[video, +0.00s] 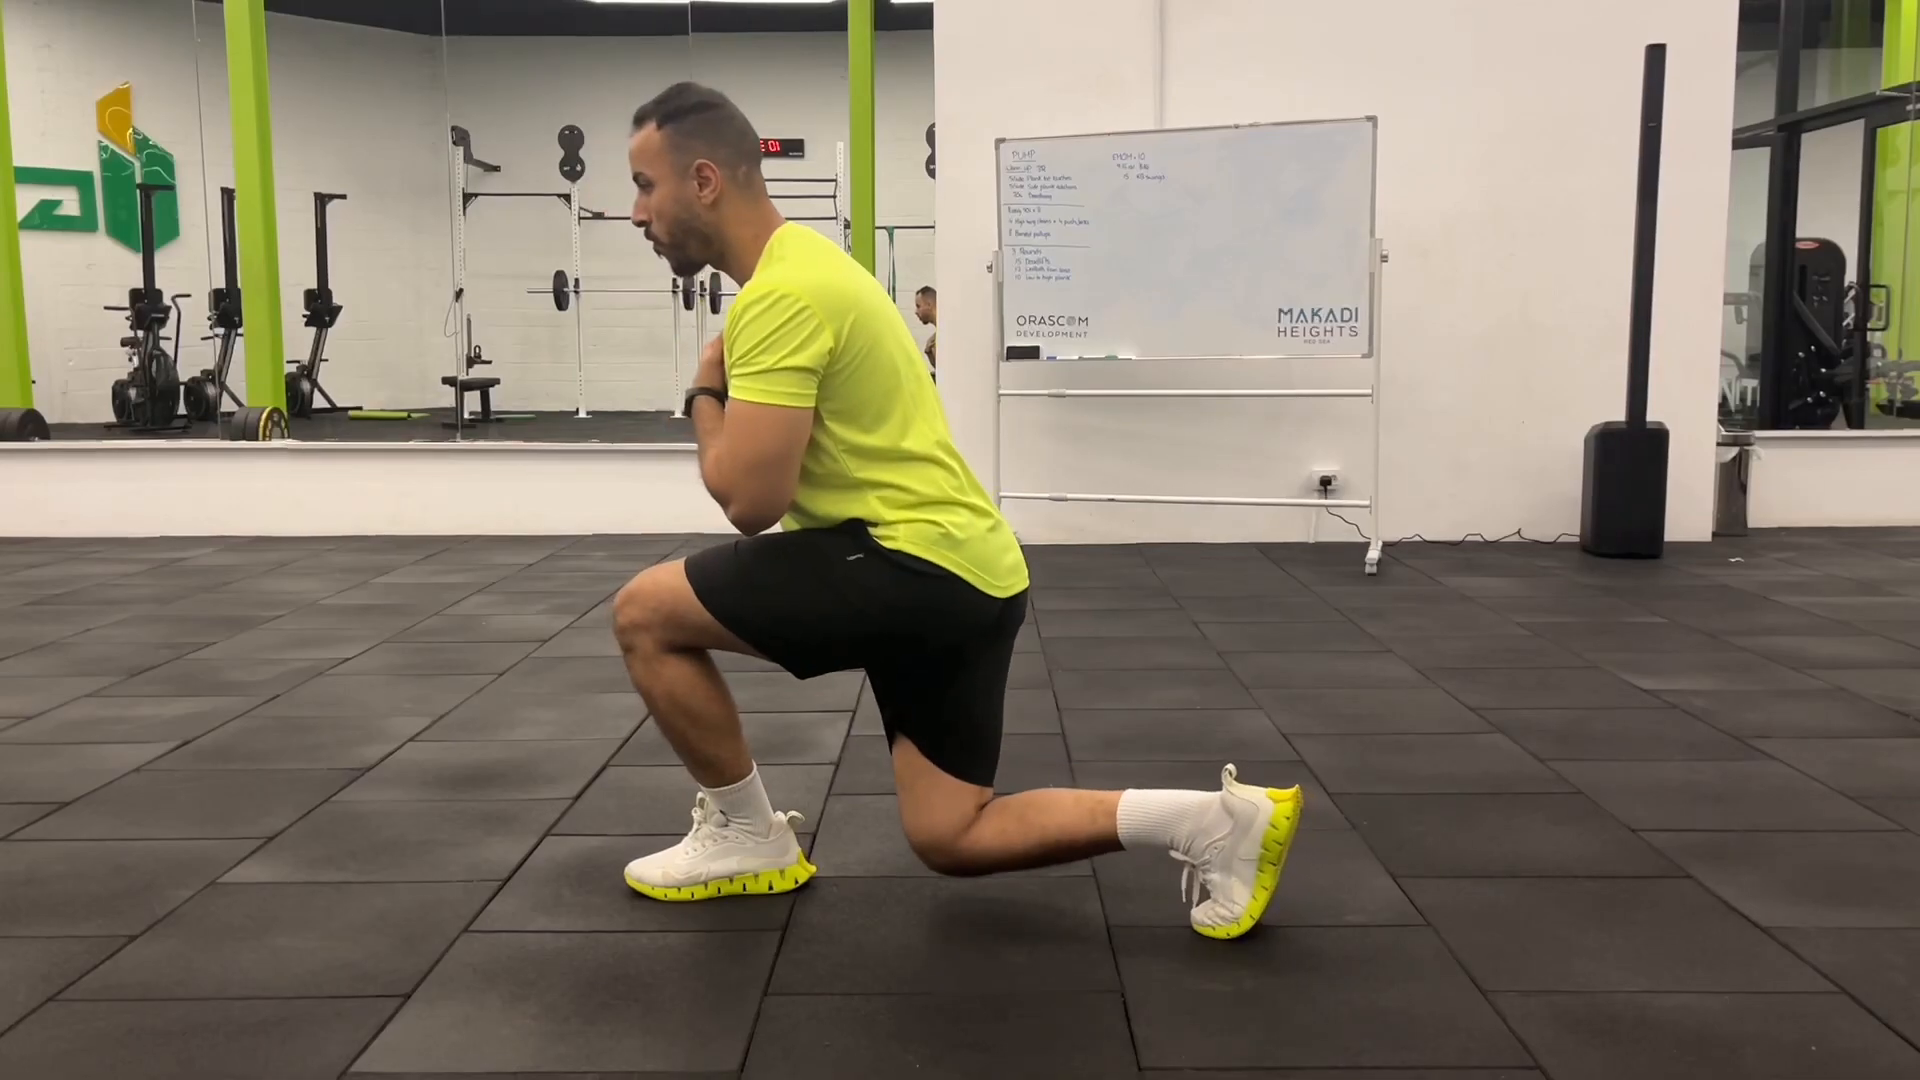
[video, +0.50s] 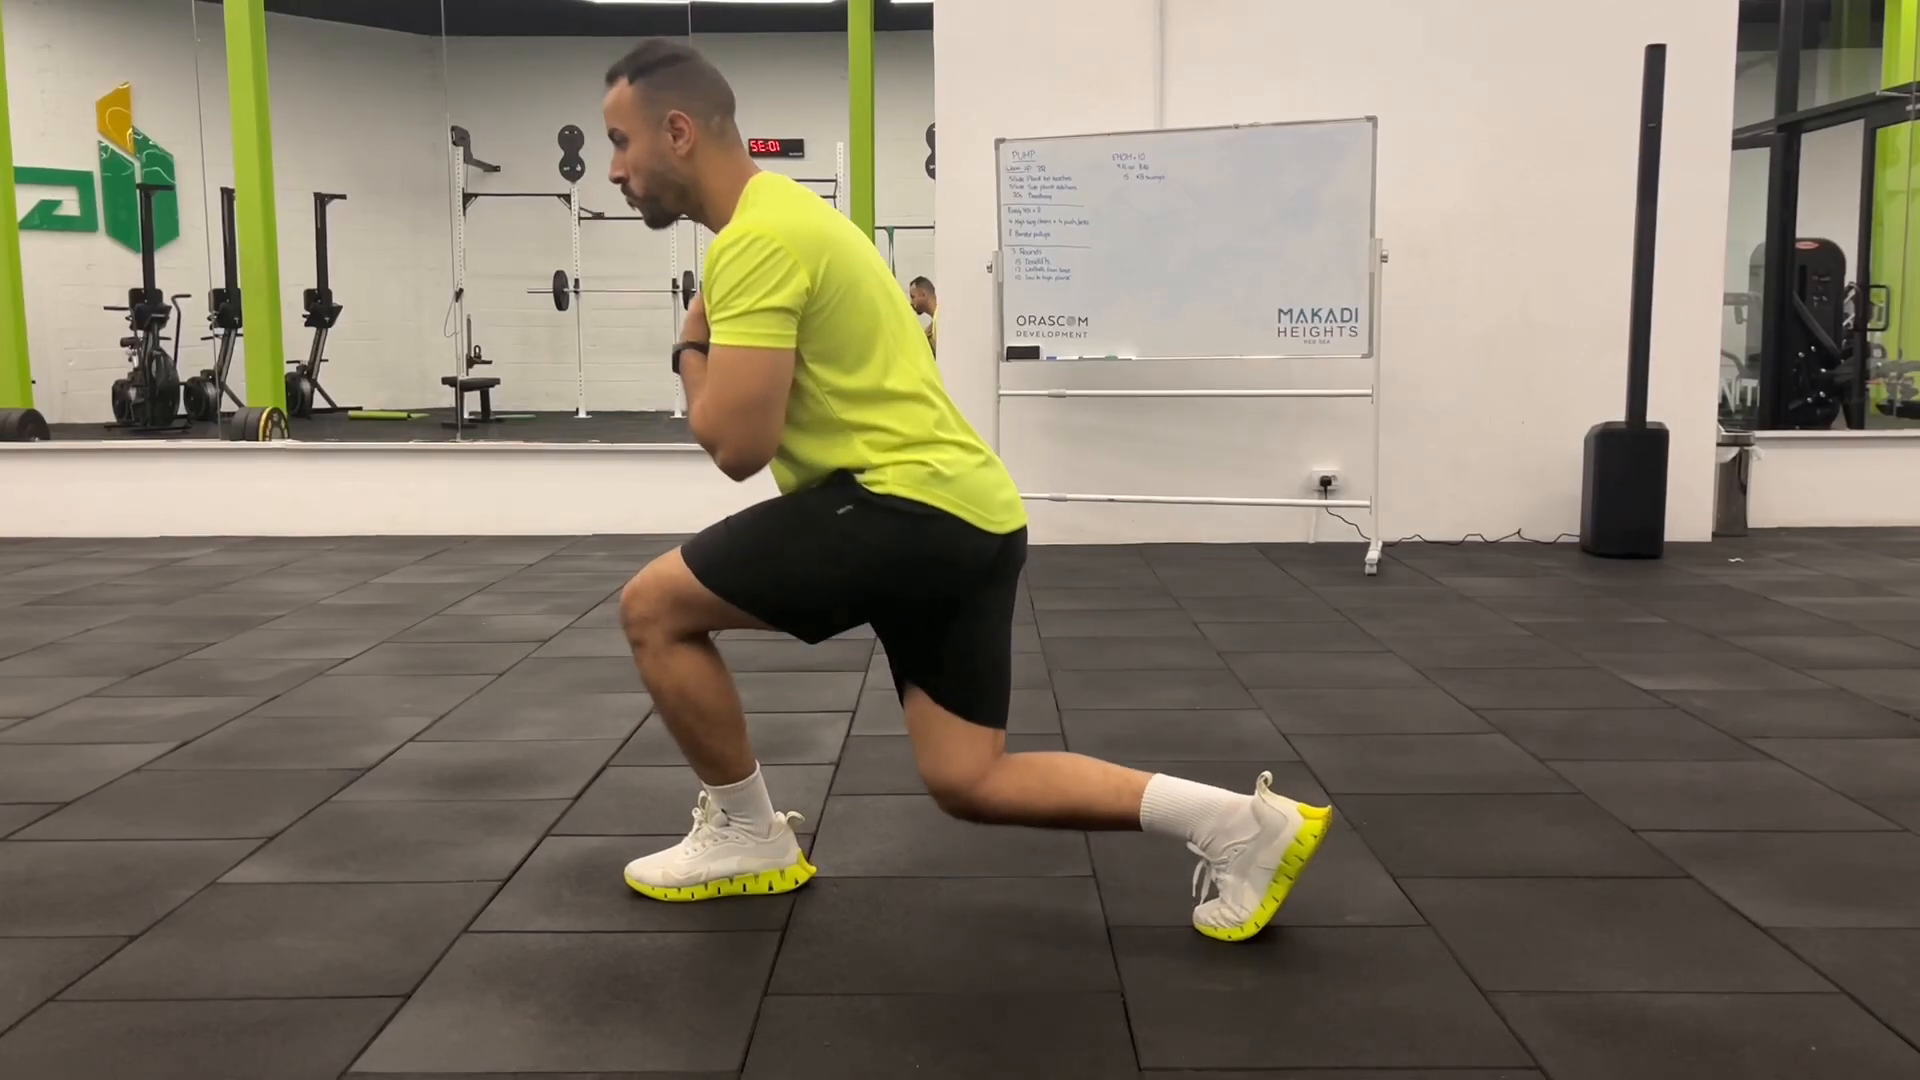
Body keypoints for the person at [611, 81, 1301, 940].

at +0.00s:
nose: (635, 213)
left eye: (644, 186)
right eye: (634, 189)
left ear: (706, 181)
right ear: (709, 181)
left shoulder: (785, 290)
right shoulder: (819, 271)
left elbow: (750, 499)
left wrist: (704, 400)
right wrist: (732, 404)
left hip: (906, 560)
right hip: (974, 567)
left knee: (646, 614)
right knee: (948, 831)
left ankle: (745, 835)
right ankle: (1215, 820)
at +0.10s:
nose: (640, 210)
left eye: (649, 184)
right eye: (639, 186)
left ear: (710, 179)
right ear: (714, 179)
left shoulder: (788, 289)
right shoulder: (827, 270)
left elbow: (750, 498)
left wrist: (707, 394)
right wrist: (735, 400)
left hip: (904, 560)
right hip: (975, 568)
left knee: (647, 613)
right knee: (950, 830)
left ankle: (744, 833)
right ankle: (1216, 820)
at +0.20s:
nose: (642, 206)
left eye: (651, 180)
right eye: (641, 182)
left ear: (713, 176)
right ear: (716, 176)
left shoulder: (789, 285)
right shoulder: (828, 265)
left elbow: (750, 494)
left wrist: (708, 391)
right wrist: (740, 398)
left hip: (905, 557)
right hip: (977, 565)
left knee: (648, 612)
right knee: (951, 827)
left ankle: (744, 833)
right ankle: (1219, 821)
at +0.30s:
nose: (638, 200)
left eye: (647, 174)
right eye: (638, 177)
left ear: (709, 170)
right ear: (714, 170)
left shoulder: (786, 277)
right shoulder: (826, 260)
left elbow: (748, 487)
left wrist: (707, 387)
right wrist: (735, 398)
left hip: (906, 549)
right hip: (977, 559)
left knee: (650, 611)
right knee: (953, 821)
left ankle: (744, 832)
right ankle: (1223, 822)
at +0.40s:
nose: (629, 190)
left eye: (637, 163)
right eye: (627, 166)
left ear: (699, 157)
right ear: (705, 157)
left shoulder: (777, 262)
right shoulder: (811, 245)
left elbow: (745, 470)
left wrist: (703, 380)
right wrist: (728, 390)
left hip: (907, 530)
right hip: (975, 542)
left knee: (652, 610)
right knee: (958, 808)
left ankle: (745, 833)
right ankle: (1228, 822)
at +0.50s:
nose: (612, 167)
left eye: (619, 141)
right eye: (609, 144)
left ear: (681, 134)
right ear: (687, 133)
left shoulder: (761, 237)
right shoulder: (794, 219)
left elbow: (737, 446)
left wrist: (691, 358)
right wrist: (715, 366)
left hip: (899, 505)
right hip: (972, 511)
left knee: (654, 608)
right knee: (966, 777)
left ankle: (745, 833)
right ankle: (1239, 823)